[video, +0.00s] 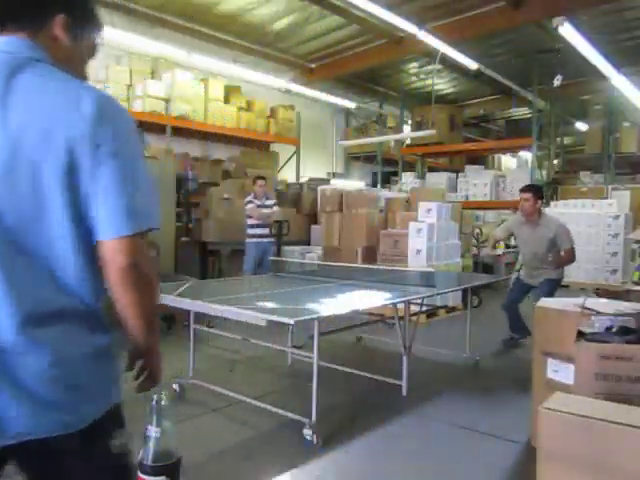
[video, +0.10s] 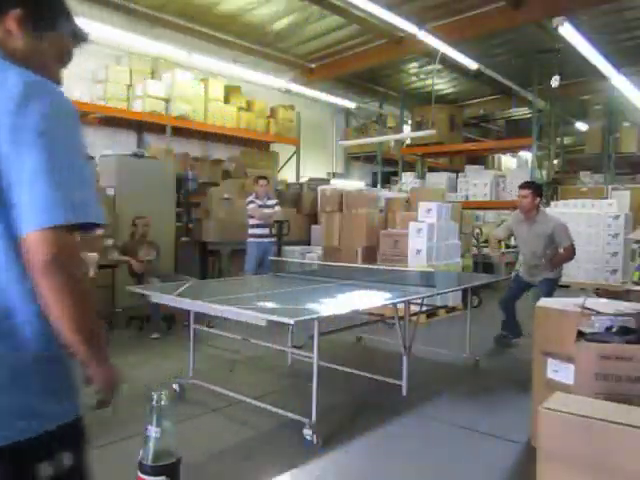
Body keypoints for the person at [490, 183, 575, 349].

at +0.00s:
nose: (521, 205)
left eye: (526, 200)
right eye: (520, 200)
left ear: (538, 203)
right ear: (519, 202)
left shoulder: (556, 227)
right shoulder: (516, 222)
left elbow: (570, 256)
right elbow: (496, 235)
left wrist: (554, 261)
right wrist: (491, 247)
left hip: (549, 274)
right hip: (527, 273)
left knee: (538, 303)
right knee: (509, 304)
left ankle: (544, 339)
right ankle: (519, 334)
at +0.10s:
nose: (520, 202)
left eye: (525, 197)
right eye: (519, 197)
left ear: (537, 200)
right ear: (517, 199)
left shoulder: (554, 225)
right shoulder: (516, 219)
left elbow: (570, 252)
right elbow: (495, 237)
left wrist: (554, 262)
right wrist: (497, 253)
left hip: (547, 273)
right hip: (525, 271)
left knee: (540, 305)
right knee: (506, 301)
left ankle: (543, 339)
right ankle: (512, 331)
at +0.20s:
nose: (517, 200)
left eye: (521, 196)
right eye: (516, 196)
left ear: (533, 199)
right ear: (516, 199)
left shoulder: (550, 223)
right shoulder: (514, 221)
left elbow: (566, 251)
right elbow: (497, 239)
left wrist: (543, 261)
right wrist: (505, 258)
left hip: (546, 273)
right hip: (523, 272)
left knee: (537, 308)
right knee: (504, 301)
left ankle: (543, 343)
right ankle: (509, 333)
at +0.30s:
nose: (511, 200)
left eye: (516, 196)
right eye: (511, 195)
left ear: (528, 199)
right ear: (511, 199)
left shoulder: (544, 222)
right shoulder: (509, 221)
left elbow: (558, 251)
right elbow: (498, 241)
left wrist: (531, 262)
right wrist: (505, 256)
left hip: (544, 272)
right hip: (522, 272)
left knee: (534, 305)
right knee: (504, 301)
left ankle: (542, 342)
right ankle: (509, 334)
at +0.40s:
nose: (506, 199)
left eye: (510, 195)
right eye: (505, 195)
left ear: (522, 198)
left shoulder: (537, 219)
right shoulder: (505, 220)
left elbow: (551, 249)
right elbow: (497, 242)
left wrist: (525, 261)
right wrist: (501, 256)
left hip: (541, 270)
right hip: (521, 271)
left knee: (537, 308)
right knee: (503, 299)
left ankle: (541, 345)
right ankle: (509, 334)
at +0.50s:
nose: (500, 197)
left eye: (504, 193)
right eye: (500, 193)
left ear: (516, 196)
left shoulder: (533, 217)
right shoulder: (503, 218)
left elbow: (547, 244)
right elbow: (495, 239)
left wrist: (517, 257)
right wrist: (497, 252)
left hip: (542, 268)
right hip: (521, 268)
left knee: (541, 307)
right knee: (504, 296)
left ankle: (545, 344)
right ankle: (509, 333)